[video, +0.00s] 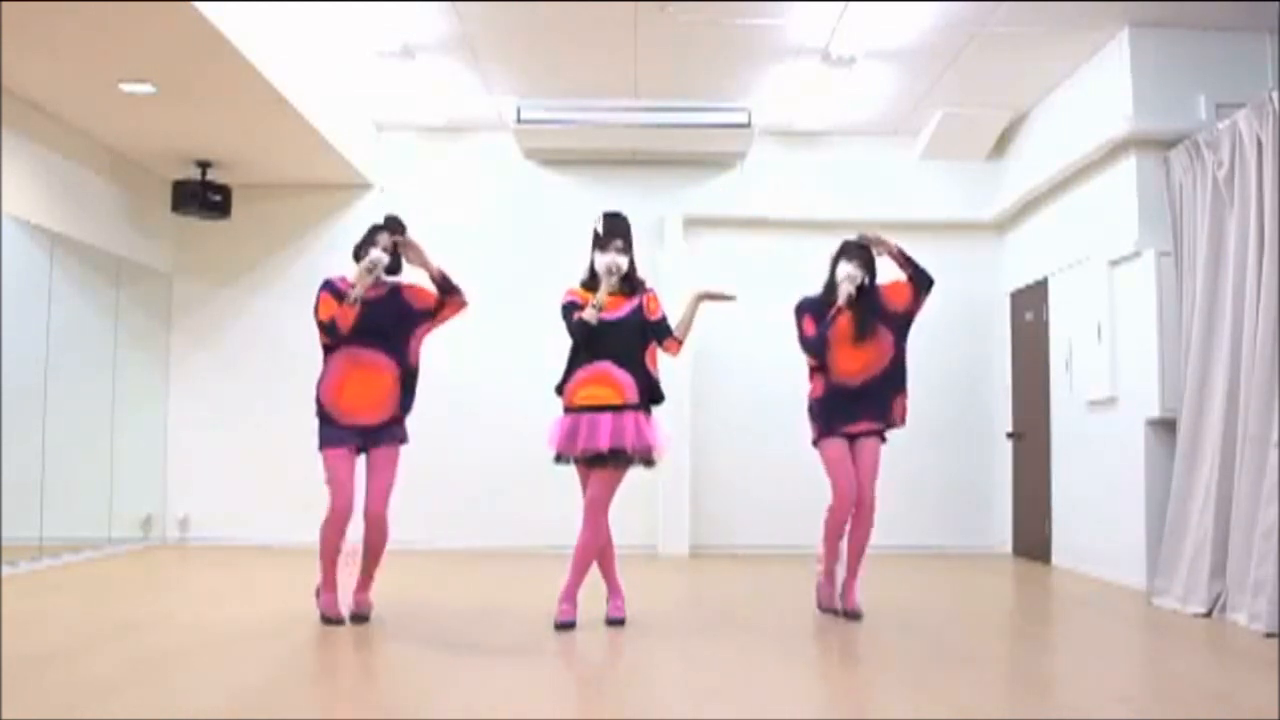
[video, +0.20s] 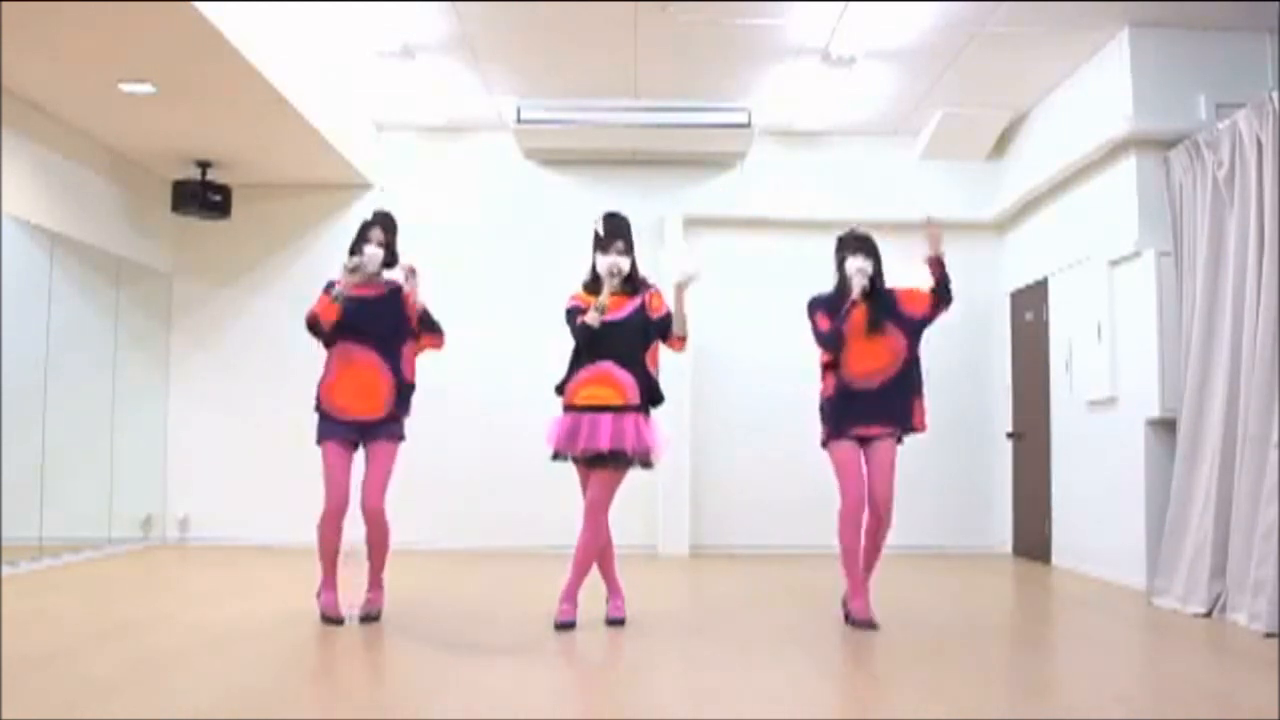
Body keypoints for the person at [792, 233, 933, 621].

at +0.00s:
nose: (853, 277)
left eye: (860, 271)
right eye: (848, 268)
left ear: (869, 274)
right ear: (835, 269)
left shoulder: (883, 303)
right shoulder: (813, 308)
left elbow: (922, 285)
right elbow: (815, 349)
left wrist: (893, 252)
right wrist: (837, 306)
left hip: (869, 408)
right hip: (828, 409)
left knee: (865, 498)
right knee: (845, 494)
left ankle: (851, 585)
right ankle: (827, 579)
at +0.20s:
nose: (859, 267)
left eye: (865, 259)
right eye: (851, 260)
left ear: (876, 263)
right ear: (840, 264)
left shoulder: (895, 302)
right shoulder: (825, 306)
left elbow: (940, 301)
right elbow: (830, 342)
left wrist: (936, 256)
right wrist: (853, 298)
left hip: (884, 411)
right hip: (841, 413)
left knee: (882, 504)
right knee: (853, 499)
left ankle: (860, 587)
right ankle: (856, 592)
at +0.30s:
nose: (862, 260)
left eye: (867, 252)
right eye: (853, 254)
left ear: (877, 256)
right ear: (840, 260)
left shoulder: (892, 301)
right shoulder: (829, 300)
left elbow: (934, 330)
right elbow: (839, 337)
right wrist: (860, 295)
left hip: (888, 407)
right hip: (846, 407)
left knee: (886, 499)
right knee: (855, 498)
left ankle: (887, 596)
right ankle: (856, 596)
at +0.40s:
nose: (864, 262)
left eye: (870, 253)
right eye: (855, 255)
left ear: (880, 256)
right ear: (843, 260)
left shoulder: (895, 303)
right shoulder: (833, 299)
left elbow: (929, 341)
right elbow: (844, 339)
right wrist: (866, 296)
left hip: (894, 401)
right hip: (851, 401)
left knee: (889, 500)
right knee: (857, 497)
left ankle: (889, 593)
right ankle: (859, 593)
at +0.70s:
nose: (875, 259)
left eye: (881, 251)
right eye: (867, 252)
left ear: (892, 255)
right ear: (855, 256)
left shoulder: (907, 299)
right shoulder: (842, 300)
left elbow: (922, 358)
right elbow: (841, 343)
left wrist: (931, 407)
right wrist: (866, 298)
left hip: (899, 404)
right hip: (857, 403)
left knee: (894, 501)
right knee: (862, 499)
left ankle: (889, 593)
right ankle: (861, 593)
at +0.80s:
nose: (870, 259)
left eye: (878, 251)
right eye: (864, 250)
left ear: (891, 255)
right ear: (854, 254)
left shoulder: (906, 298)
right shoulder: (844, 301)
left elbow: (906, 351)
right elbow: (837, 352)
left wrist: (900, 400)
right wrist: (851, 308)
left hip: (902, 409)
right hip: (857, 410)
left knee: (897, 502)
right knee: (863, 500)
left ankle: (889, 593)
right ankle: (861, 593)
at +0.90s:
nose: (857, 259)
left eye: (863, 250)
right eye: (853, 251)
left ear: (884, 253)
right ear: (850, 255)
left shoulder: (899, 295)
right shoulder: (851, 298)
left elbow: (869, 327)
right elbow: (839, 354)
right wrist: (834, 311)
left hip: (900, 403)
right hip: (859, 403)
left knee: (896, 502)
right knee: (865, 498)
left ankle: (890, 594)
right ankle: (862, 593)